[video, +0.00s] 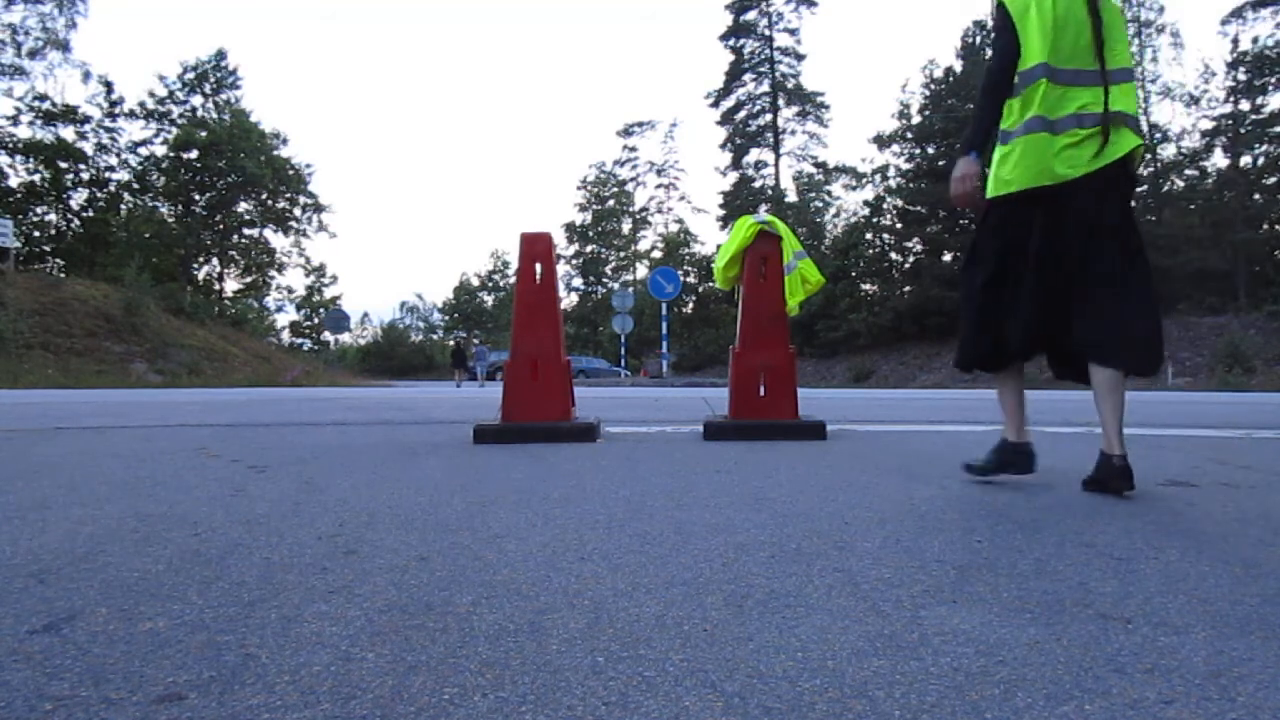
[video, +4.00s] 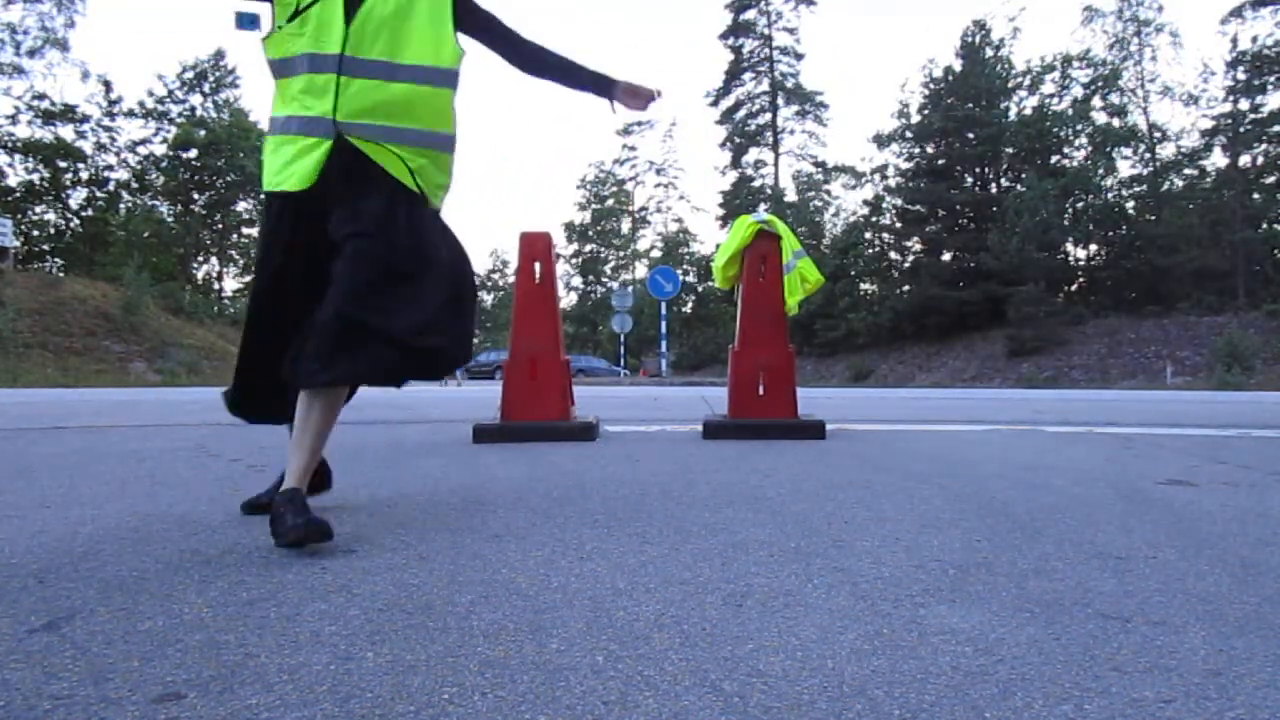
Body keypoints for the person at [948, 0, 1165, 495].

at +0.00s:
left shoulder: (1016, 7)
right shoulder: (1109, 11)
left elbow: (1003, 65)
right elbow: (1120, 80)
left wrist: (972, 151)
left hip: (1027, 169)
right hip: (1103, 168)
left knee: (998, 300)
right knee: (1100, 306)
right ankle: (1114, 456)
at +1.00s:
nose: (743, 43)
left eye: (748, 34)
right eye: (745, 34)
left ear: (768, 37)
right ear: (784, 38)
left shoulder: (756, 86)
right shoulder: (810, 95)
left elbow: (729, 158)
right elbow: (833, 161)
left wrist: (680, 220)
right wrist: (866, 213)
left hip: (769, 230)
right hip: (805, 228)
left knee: (784, 328)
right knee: (762, 328)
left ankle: (858, 401)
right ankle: (761, 434)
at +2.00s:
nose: (651, 22)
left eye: (651, 15)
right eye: (647, 14)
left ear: (618, 14)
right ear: (625, 11)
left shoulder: (610, 68)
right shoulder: (603, 46)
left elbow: (597, 140)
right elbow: (619, 54)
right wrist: (668, 22)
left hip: (585, 200)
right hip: (591, 197)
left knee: (590, 315)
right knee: (618, 315)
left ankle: (539, 414)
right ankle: (598, 431)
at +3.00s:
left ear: (454, 2)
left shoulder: (479, 59)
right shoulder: (378, 34)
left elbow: (542, 99)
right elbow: (304, 35)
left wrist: (608, 68)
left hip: (440, 215)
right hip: (372, 203)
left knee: (414, 331)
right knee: (371, 309)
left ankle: (385, 452)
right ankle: (336, 424)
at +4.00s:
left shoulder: (435, 2)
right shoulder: (292, 5)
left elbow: (522, 51)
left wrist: (611, 87)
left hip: (388, 167)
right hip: (298, 163)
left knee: (347, 321)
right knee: (302, 317)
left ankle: (292, 493)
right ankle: (307, 462)